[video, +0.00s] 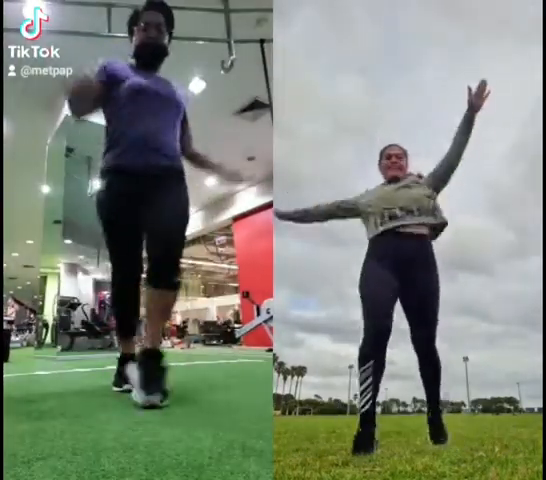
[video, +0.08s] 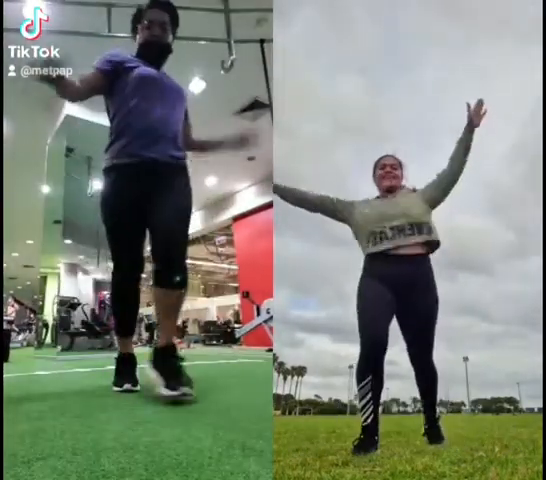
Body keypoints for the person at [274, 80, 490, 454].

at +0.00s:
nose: (394, 160)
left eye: (399, 156)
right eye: (388, 158)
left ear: (409, 165)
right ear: (380, 169)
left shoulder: (426, 186)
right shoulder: (369, 199)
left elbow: (454, 152)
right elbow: (325, 211)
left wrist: (470, 113)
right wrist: (285, 214)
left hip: (420, 257)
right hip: (381, 257)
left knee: (425, 342)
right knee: (375, 335)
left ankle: (434, 415)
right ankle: (366, 427)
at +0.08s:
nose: (389, 170)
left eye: (395, 167)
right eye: (383, 168)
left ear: (403, 176)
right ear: (374, 179)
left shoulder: (421, 199)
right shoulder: (357, 209)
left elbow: (452, 169)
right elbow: (310, 200)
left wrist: (470, 128)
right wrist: (270, 185)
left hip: (418, 278)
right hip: (377, 279)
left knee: (422, 356)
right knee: (371, 351)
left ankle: (432, 425)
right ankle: (369, 435)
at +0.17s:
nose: (380, 168)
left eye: (386, 165)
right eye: (374, 165)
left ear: (395, 174)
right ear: (366, 174)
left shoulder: (412, 198)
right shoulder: (354, 202)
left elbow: (449, 177)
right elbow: (315, 173)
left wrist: (480, 145)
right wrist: (285, 137)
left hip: (413, 273)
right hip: (372, 275)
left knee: (421, 351)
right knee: (365, 348)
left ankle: (430, 418)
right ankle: (368, 432)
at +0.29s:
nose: (378, 152)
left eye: (384, 148)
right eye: (372, 149)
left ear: (393, 156)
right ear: (363, 157)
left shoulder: (406, 187)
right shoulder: (356, 182)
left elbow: (447, 193)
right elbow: (336, 142)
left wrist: (488, 174)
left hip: (413, 252)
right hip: (374, 255)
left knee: (425, 322)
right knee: (372, 333)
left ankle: (428, 401)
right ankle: (366, 421)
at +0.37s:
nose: (387, 147)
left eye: (391, 143)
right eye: (380, 143)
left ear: (397, 150)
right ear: (368, 148)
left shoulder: (405, 184)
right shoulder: (362, 175)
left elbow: (433, 215)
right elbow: (365, 134)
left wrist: (470, 230)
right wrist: (378, 93)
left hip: (405, 245)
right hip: (373, 250)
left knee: (436, 278)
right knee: (373, 333)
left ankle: (440, 258)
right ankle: (370, 420)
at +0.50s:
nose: (399, 173)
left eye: (401, 169)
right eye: (393, 167)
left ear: (404, 173)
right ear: (378, 168)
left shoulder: (403, 204)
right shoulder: (368, 188)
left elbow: (417, 249)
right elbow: (386, 155)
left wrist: (425, 283)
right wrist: (408, 115)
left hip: (405, 260)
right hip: (371, 265)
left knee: (413, 206)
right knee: (374, 346)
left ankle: (424, 134)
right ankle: (376, 428)